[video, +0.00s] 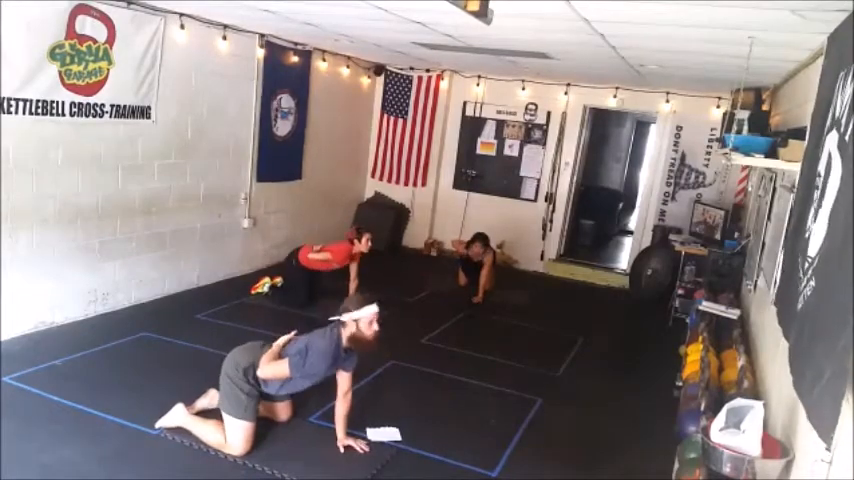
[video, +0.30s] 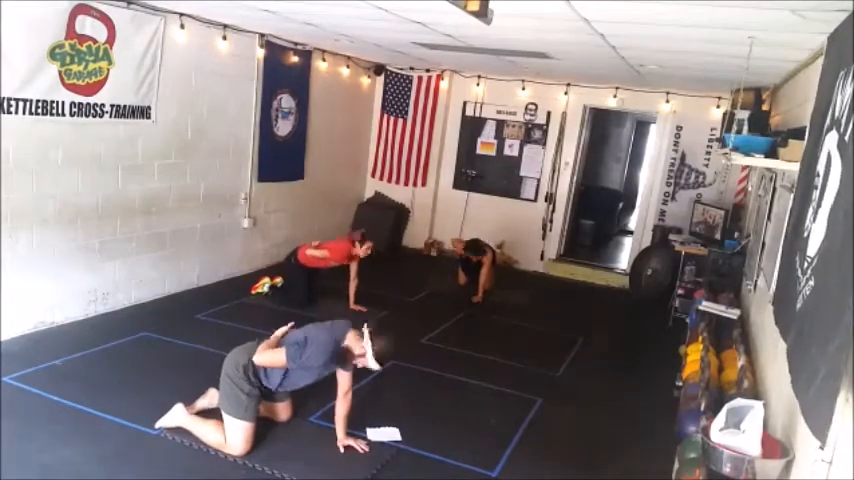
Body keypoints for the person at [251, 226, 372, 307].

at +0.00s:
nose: (370, 244)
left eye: (371, 241)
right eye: (367, 240)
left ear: (363, 242)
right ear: (357, 240)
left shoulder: (355, 254)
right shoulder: (344, 253)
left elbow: (354, 279)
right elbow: (312, 257)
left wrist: (350, 301)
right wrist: (313, 250)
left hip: (305, 259)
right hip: (297, 262)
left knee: (309, 298)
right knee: (300, 299)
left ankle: (279, 284)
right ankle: (271, 289)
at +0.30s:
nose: (369, 252)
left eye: (370, 249)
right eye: (367, 248)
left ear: (363, 247)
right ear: (358, 245)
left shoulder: (354, 255)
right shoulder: (342, 251)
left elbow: (353, 279)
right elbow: (309, 253)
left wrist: (352, 304)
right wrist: (313, 246)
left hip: (310, 265)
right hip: (297, 263)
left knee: (309, 300)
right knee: (300, 301)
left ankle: (279, 285)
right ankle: (271, 288)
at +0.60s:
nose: (351, 267)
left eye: (354, 267)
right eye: (353, 265)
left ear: (361, 257)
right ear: (357, 259)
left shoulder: (353, 251)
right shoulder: (337, 253)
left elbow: (353, 279)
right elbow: (305, 250)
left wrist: (352, 303)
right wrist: (312, 239)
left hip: (313, 263)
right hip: (300, 262)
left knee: (309, 299)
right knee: (300, 301)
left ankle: (280, 284)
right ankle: (268, 288)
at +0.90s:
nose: (364, 264)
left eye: (366, 261)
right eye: (364, 260)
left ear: (365, 256)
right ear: (359, 254)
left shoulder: (354, 254)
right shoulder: (340, 257)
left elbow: (353, 279)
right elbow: (307, 256)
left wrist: (352, 303)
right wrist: (312, 248)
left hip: (309, 264)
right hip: (297, 263)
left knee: (310, 299)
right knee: (301, 302)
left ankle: (279, 284)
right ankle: (269, 288)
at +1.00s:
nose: (369, 250)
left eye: (369, 247)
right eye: (366, 246)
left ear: (361, 247)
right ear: (357, 246)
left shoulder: (352, 257)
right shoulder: (342, 256)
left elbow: (353, 280)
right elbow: (310, 262)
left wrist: (351, 303)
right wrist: (315, 252)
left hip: (303, 254)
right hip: (296, 261)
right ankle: (270, 286)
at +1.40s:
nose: (351, 266)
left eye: (354, 265)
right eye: (352, 264)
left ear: (358, 253)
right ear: (355, 256)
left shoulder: (350, 245)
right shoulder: (335, 253)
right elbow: (304, 250)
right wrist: (310, 239)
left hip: (313, 261)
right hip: (299, 261)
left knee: (312, 295)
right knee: (300, 298)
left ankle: (279, 285)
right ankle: (268, 290)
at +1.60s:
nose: (346, 265)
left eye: (349, 266)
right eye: (348, 263)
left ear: (356, 255)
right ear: (352, 257)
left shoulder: (352, 248)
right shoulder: (335, 252)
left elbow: (352, 278)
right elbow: (304, 250)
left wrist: (352, 303)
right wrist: (310, 238)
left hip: (313, 262)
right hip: (299, 261)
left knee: (311, 295)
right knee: (299, 298)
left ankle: (281, 283)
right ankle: (269, 289)